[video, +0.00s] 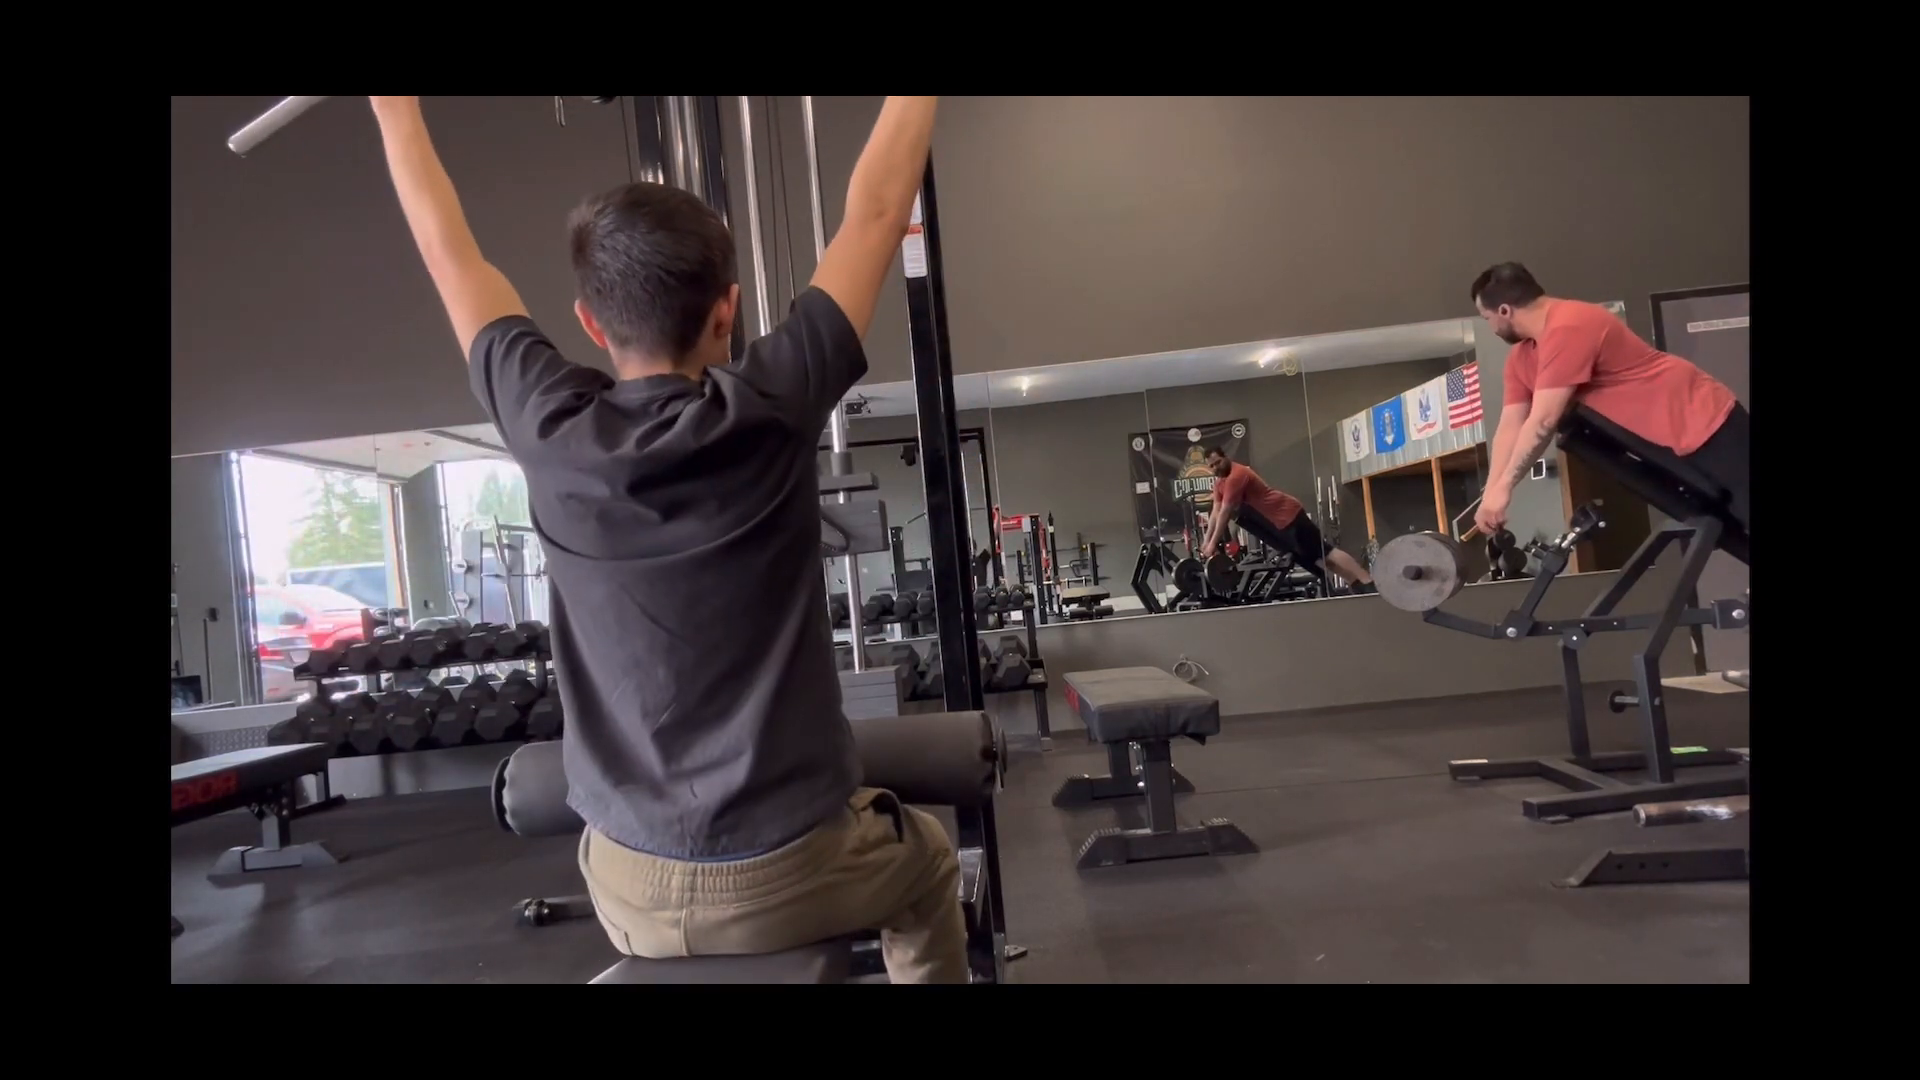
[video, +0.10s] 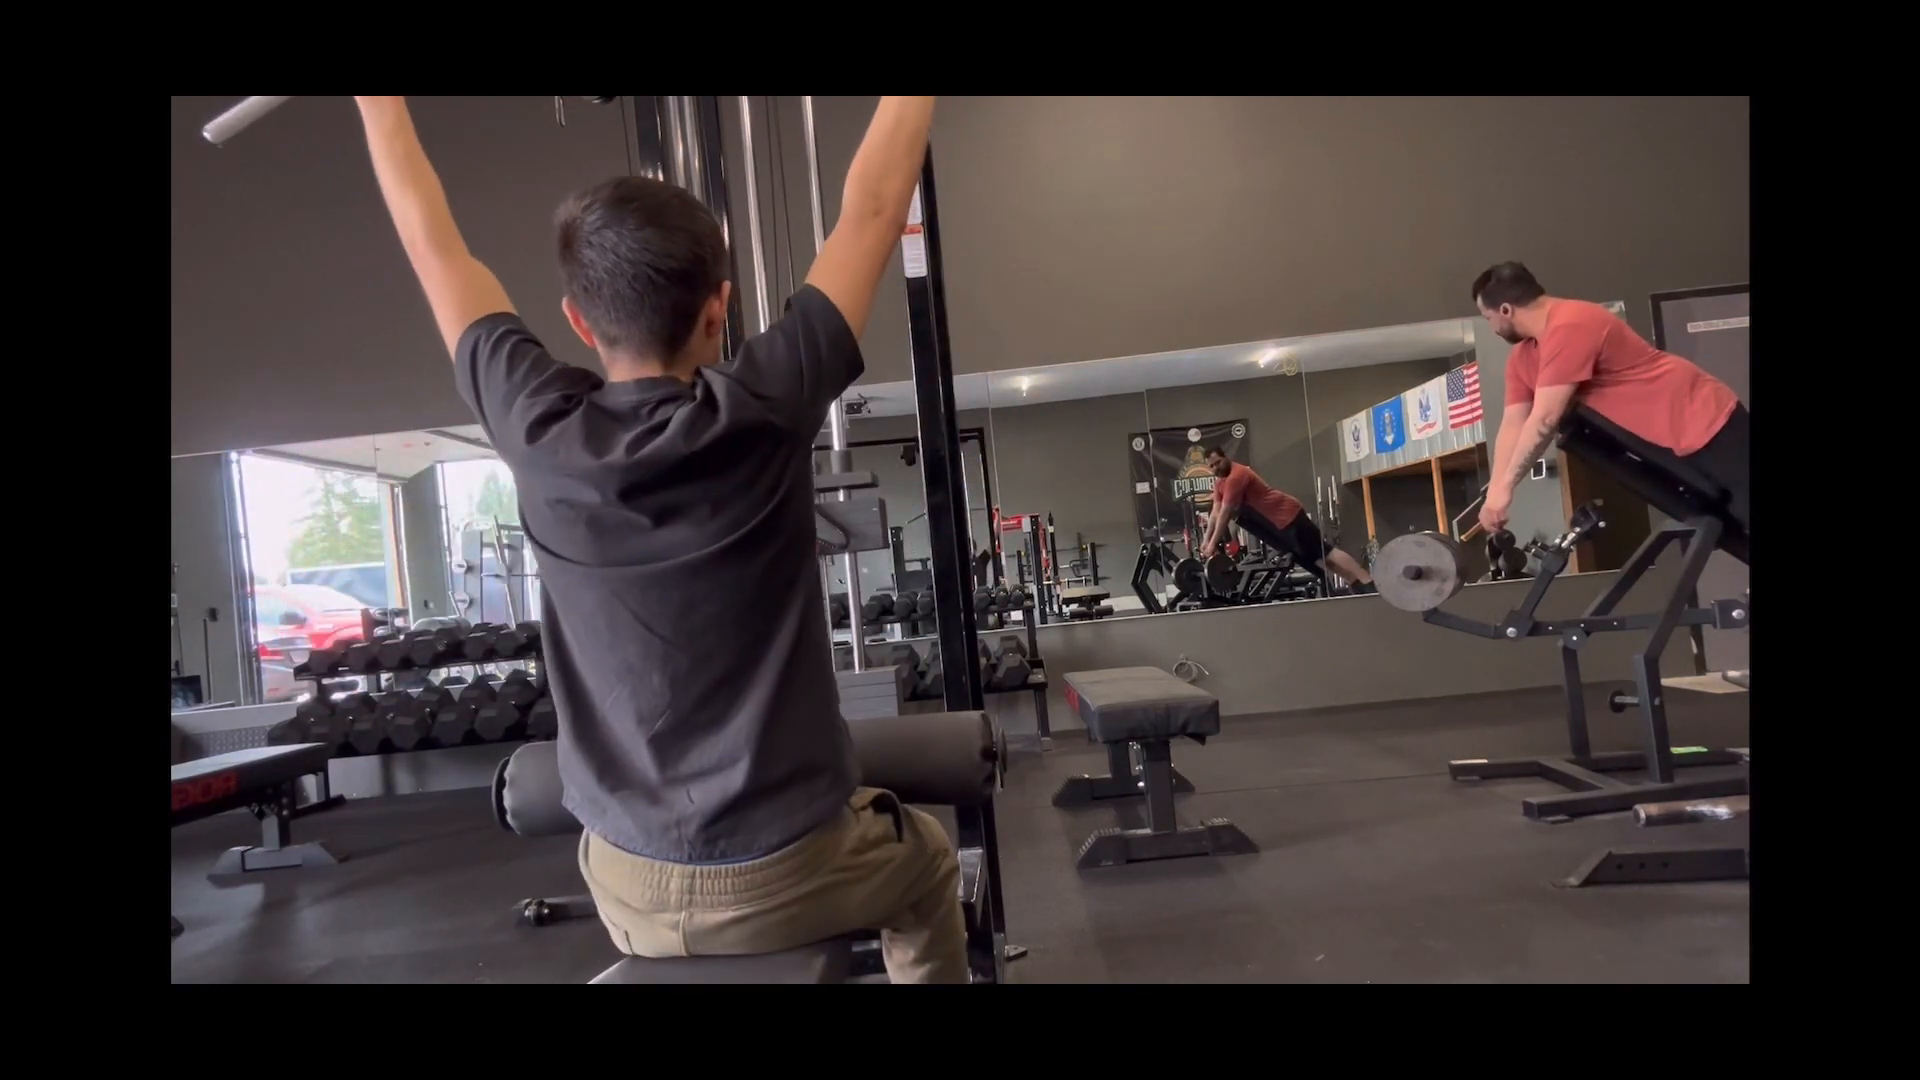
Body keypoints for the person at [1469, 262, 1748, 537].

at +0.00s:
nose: (1489, 325)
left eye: (1486, 317)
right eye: (1485, 318)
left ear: (1504, 311)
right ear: (1512, 308)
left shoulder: (1569, 324)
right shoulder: (1520, 358)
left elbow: (1543, 422)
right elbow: (1509, 424)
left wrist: (1503, 486)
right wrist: (1493, 491)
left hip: (1705, 420)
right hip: (1665, 446)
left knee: (1745, 518)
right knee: (1729, 531)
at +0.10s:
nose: (1490, 326)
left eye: (1487, 317)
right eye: (1485, 318)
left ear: (1505, 310)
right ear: (1513, 307)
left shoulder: (1571, 323)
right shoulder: (1521, 358)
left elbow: (1545, 420)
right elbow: (1512, 423)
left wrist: (1504, 486)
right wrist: (1496, 490)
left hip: (1706, 420)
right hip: (1667, 446)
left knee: (1745, 520)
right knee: (1729, 532)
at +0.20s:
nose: (1491, 325)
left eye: (1489, 316)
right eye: (1487, 318)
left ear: (1508, 309)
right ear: (1513, 307)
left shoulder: (1572, 322)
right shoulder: (1524, 357)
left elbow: (1546, 420)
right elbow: (1514, 422)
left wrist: (1507, 483)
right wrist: (1499, 489)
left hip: (1710, 422)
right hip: (1670, 448)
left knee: (1745, 524)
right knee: (1730, 534)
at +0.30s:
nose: (1493, 328)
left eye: (1490, 319)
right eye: (1488, 322)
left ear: (1512, 307)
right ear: (1512, 308)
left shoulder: (1573, 321)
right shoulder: (1525, 357)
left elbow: (1547, 420)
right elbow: (1514, 425)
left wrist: (1508, 484)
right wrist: (1500, 490)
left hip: (1712, 423)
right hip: (1674, 449)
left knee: (1745, 528)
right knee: (1730, 535)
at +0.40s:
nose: (1495, 333)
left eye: (1492, 323)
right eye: (1489, 327)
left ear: (1513, 306)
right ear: (1513, 308)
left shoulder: (1573, 322)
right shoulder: (1526, 359)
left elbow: (1550, 420)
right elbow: (1516, 426)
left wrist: (1510, 486)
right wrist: (1500, 491)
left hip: (1712, 423)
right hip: (1675, 450)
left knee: (1745, 526)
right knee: (1732, 535)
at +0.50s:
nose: (1498, 337)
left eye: (1495, 327)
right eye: (1491, 332)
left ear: (1515, 306)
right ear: (1514, 309)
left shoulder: (1573, 322)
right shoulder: (1526, 362)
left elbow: (1556, 420)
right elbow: (1519, 428)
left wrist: (1515, 489)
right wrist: (1501, 492)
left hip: (1711, 422)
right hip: (1676, 449)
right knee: (1734, 534)